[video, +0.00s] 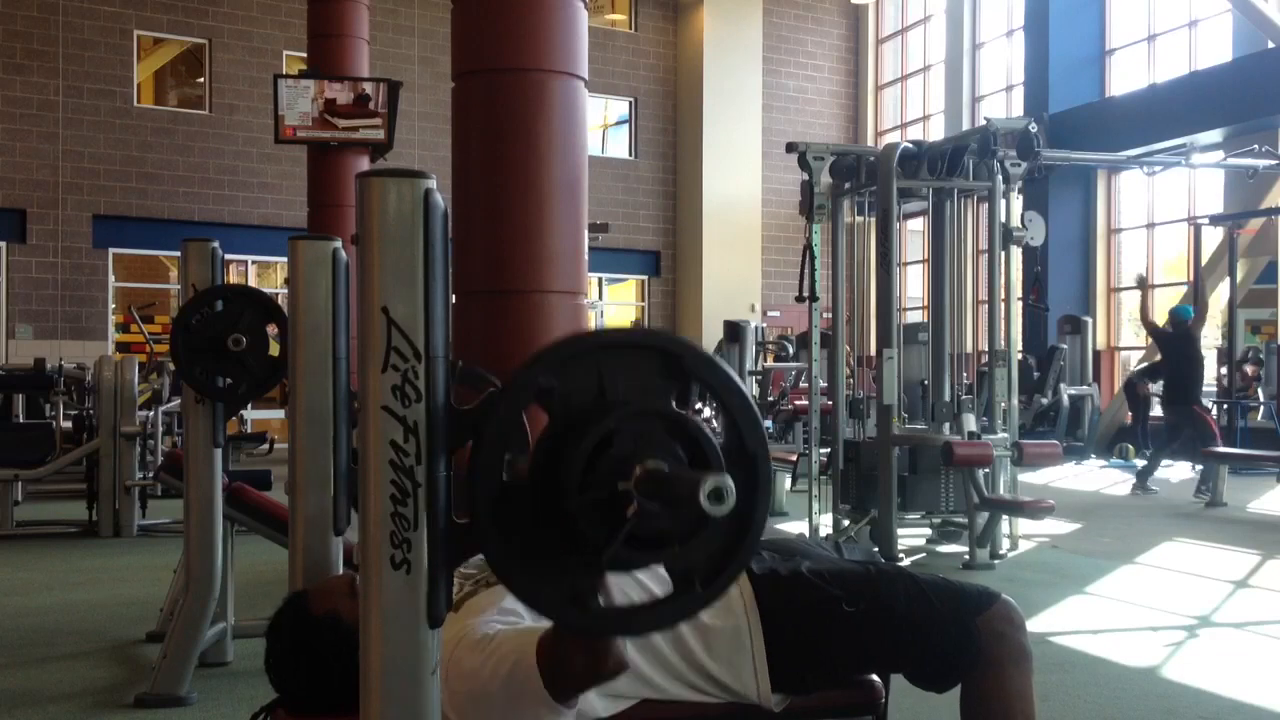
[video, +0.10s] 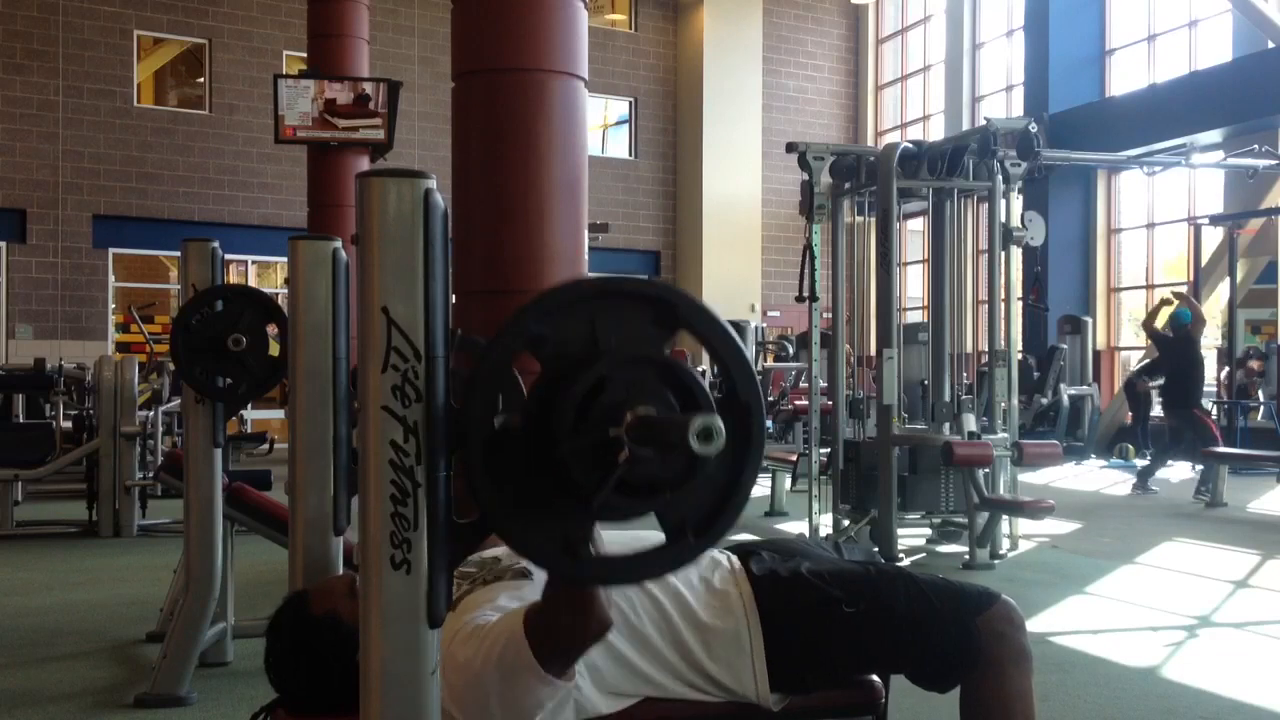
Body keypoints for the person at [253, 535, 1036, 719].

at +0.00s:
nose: (366, 577)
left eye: (352, 579)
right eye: (350, 595)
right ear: (358, 649)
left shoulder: (465, 603)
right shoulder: (452, 671)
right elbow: (585, 660)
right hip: (728, 622)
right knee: (988, 624)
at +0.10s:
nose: (363, 573)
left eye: (346, 573)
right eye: (349, 588)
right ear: (352, 635)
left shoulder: (467, 600)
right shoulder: (454, 675)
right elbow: (575, 620)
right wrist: (566, 481)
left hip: (729, 577)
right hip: (747, 611)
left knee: (864, 692)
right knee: (989, 625)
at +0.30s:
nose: (364, 566)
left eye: (346, 566)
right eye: (348, 585)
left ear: (344, 670)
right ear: (357, 649)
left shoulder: (450, 649)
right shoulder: (472, 682)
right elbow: (543, 530)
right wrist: (516, 359)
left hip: (733, 598)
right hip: (758, 611)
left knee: (862, 694)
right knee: (991, 625)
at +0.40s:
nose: (366, 565)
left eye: (347, 566)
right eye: (348, 583)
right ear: (359, 648)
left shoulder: (445, 631)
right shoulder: (473, 675)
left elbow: (468, 485)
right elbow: (519, 510)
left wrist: (495, 345)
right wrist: (523, 337)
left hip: (730, 570)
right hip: (757, 614)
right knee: (991, 626)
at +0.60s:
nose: (363, 571)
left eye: (347, 571)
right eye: (348, 587)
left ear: (349, 648)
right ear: (356, 642)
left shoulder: (446, 635)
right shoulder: (469, 670)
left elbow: (488, 484)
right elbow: (505, 481)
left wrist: (497, 336)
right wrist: (530, 311)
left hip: (724, 576)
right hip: (747, 616)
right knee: (990, 628)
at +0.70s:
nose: (368, 575)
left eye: (353, 575)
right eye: (353, 592)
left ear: (351, 659)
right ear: (361, 651)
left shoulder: (444, 630)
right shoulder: (472, 670)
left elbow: (487, 484)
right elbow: (502, 483)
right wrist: (526, 306)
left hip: (722, 574)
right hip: (748, 616)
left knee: (858, 567)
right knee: (990, 628)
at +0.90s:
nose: (361, 579)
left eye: (344, 582)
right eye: (346, 596)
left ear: (352, 641)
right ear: (358, 647)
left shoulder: (437, 624)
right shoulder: (465, 682)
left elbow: (482, 500)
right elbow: (513, 505)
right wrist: (506, 336)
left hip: (719, 579)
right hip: (741, 620)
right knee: (989, 625)